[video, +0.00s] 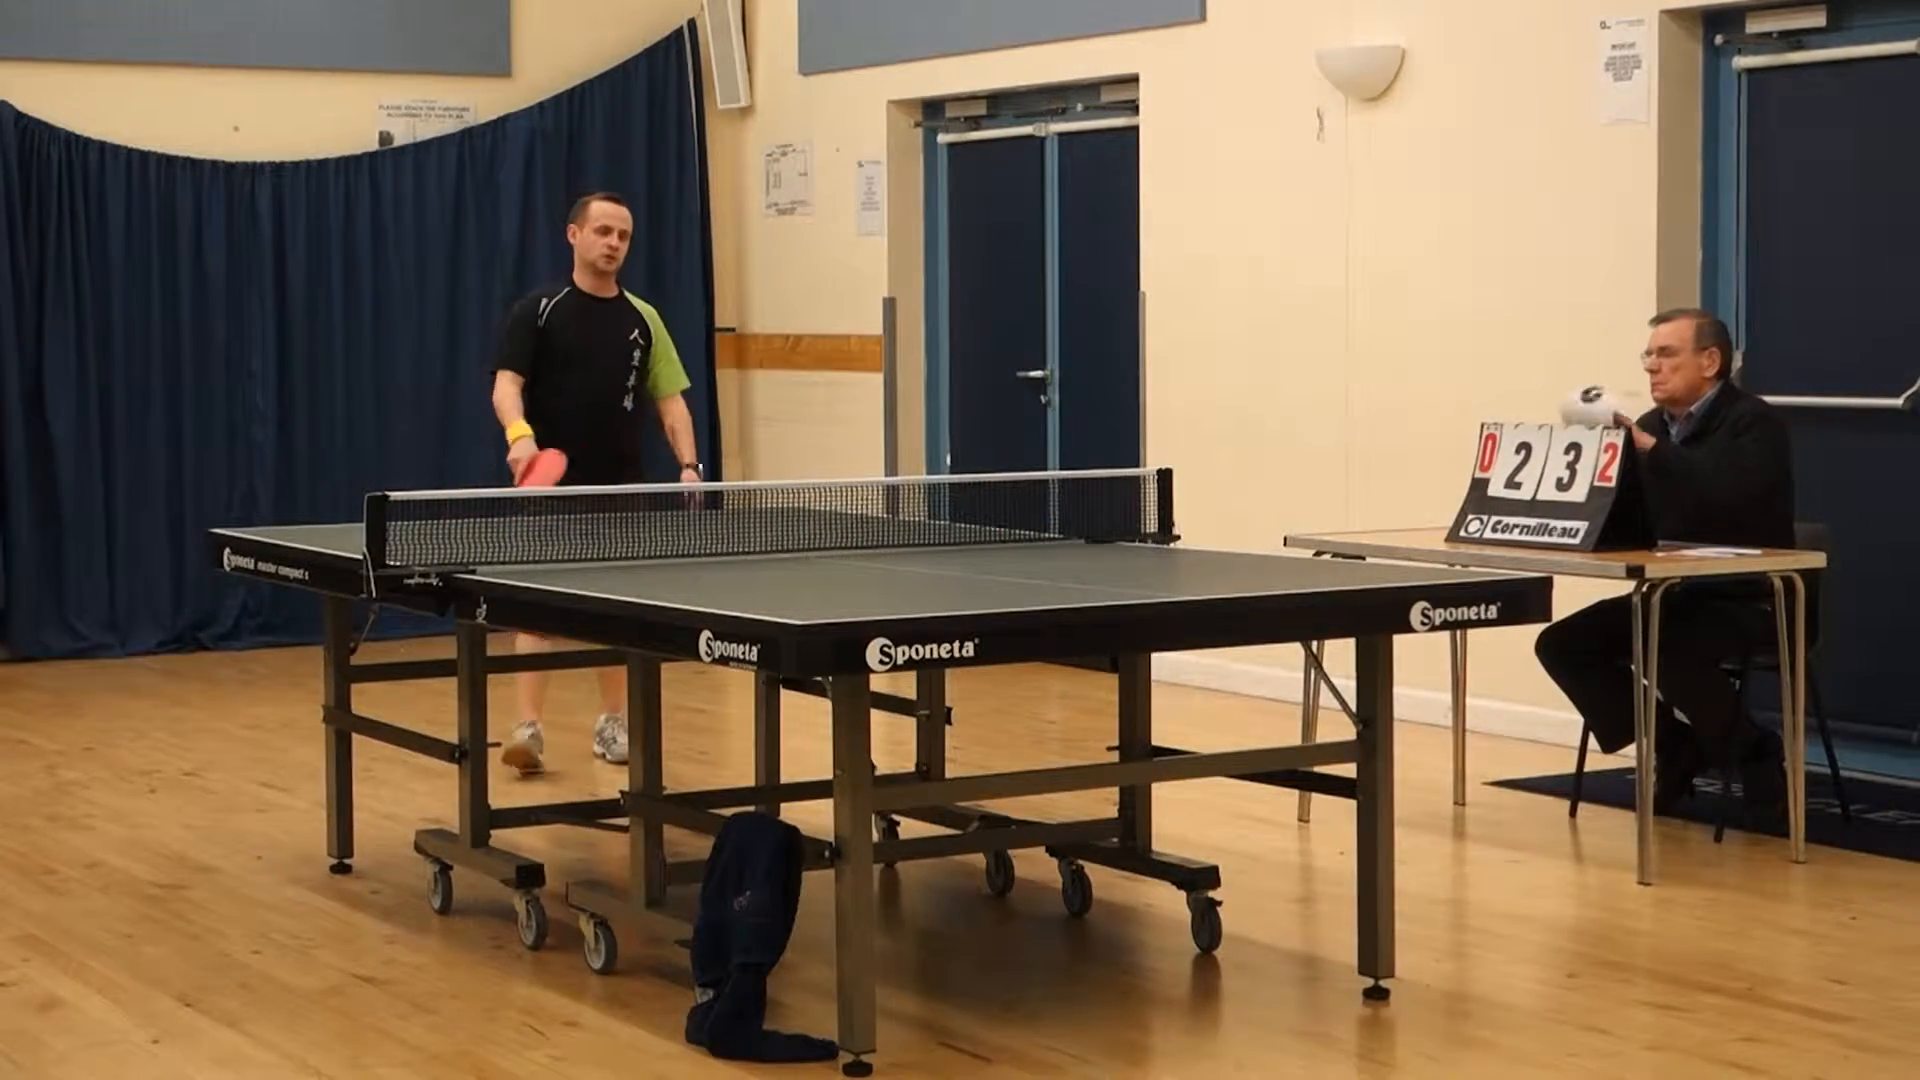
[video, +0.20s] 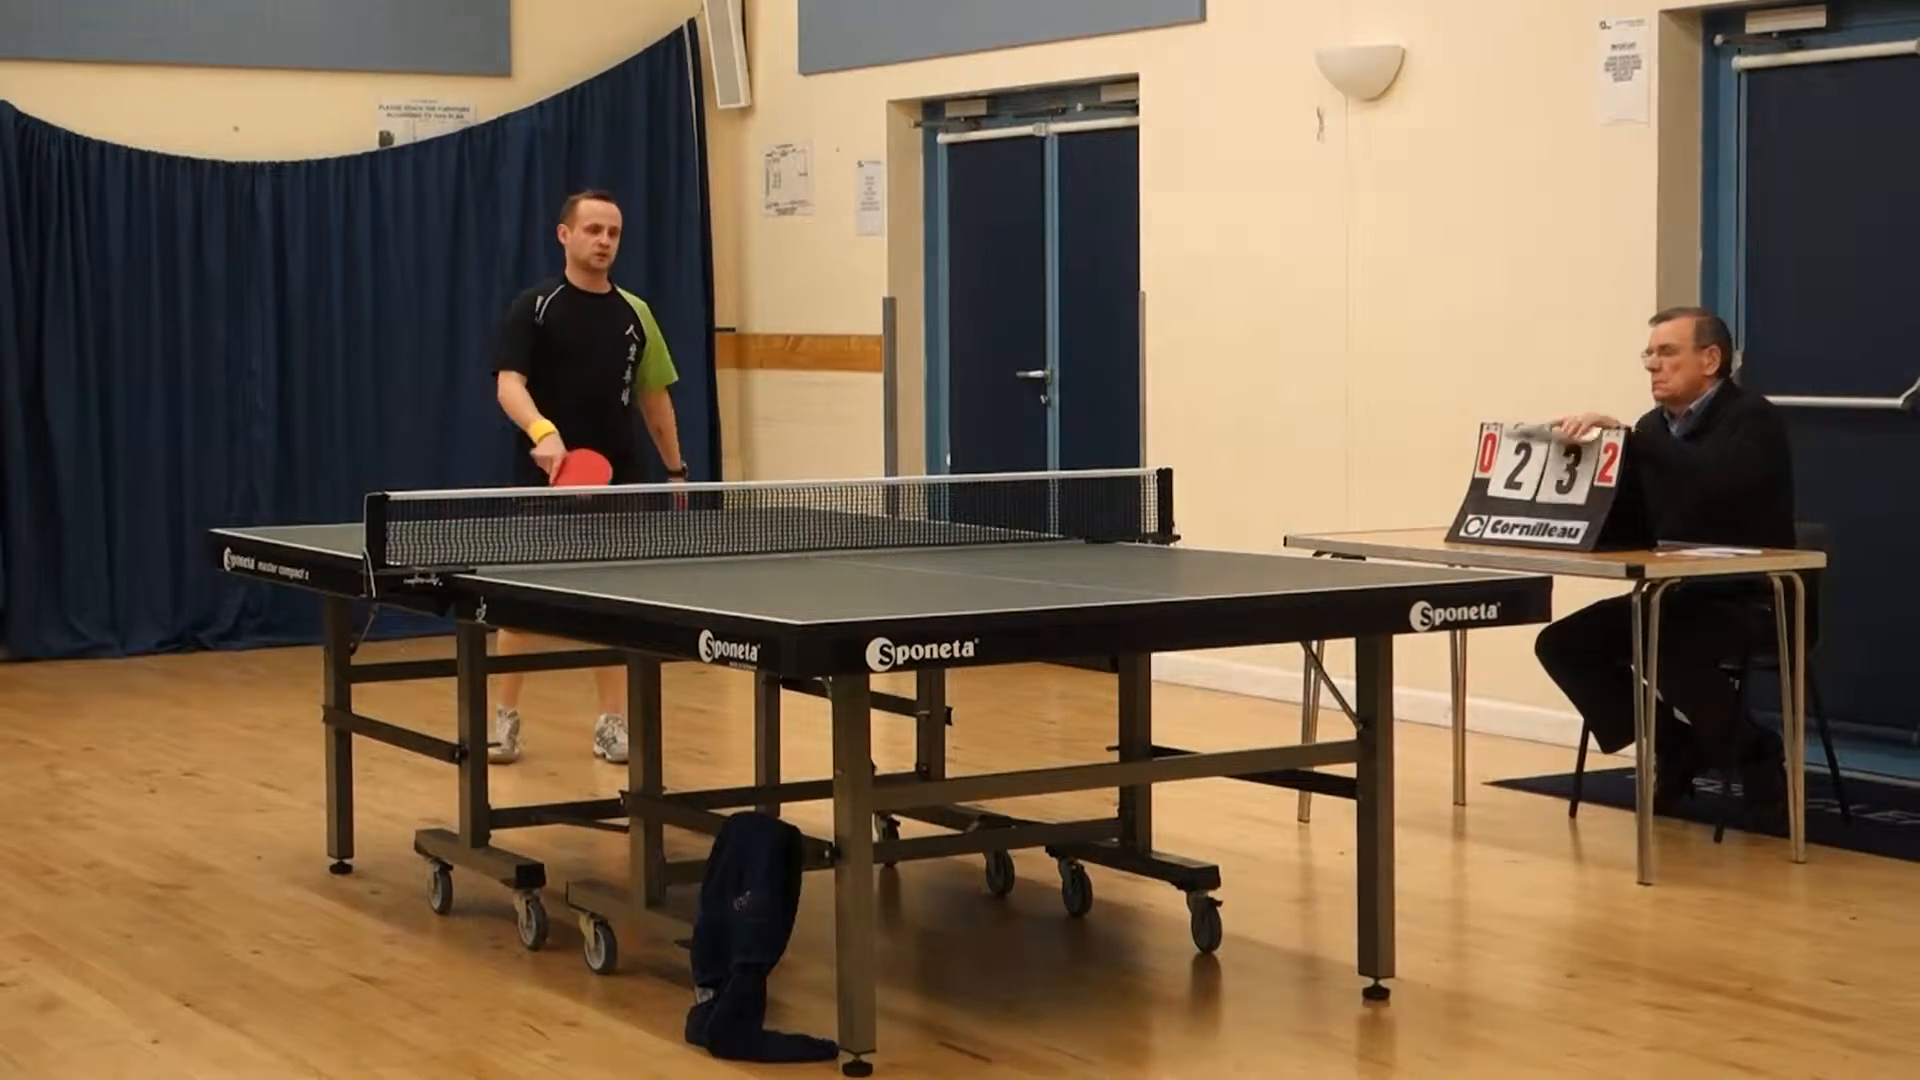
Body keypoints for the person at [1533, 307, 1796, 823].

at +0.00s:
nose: (1651, 366)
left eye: (1666, 354)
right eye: (1649, 355)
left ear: (1710, 362)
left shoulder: (1755, 424)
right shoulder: (1650, 427)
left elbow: (1722, 492)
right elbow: (1612, 517)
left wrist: (1644, 444)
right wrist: (1580, 444)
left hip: (1752, 594)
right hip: (1672, 591)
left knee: (1669, 647)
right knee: (1562, 644)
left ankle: (1751, 748)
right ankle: (1671, 741)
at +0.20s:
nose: (1651, 365)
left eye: (1666, 353)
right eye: (1650, 354)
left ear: (1711, 360)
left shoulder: (1753, 420)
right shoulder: (1652, 429)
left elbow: (1713, 479)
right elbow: (1622, 526)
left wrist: (1625, 435)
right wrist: (1565, 464)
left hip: (1757, 594)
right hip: (1677, 591)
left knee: (1667, 646)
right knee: (1562, 644)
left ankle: (1753, 749)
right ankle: (1673, 741)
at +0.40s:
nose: (1651, 365)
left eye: (1665, 353)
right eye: (1649, 354)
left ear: (1710, 359)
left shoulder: (1754, 419)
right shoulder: (1652, 428)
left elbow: (1707, 467)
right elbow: (1615, 524)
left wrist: (1627, 424)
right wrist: (1563, 450)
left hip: (1753, 595)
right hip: (1675, 592)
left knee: (1665, 646)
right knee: (1562, 643)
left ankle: (1752, 747)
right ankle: (1673, 742)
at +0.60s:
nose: (1648, 366)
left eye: (1663, 353)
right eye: (1646, 355)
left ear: (1707, 360)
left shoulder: (1752, 422)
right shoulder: (1651, 428)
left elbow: (1720, 491)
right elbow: (1619, 522)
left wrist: (1643, 449)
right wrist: (1593, 455)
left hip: (1753, 595)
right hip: (1675, 592)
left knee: (1666, 647)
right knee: (1562, 644)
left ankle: (1753, 749)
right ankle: (1672, 741)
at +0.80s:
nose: (1648, 368)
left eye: (1662, 356)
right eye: (1646, 357)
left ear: (1707, 361)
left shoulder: (1757, 426)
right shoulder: (1648, 430)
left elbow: (1766, 521)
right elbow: (1618, 518)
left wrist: (1679, 494)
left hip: (1748, 595)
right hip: (1669, 592)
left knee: (1667, 648)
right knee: (1562, 644)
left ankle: (1754, 750)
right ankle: (1672, 741)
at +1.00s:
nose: (1649, 370)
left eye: (1663, 358)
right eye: (1646, 359)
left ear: (1708, 361)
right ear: (1643, 365)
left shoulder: (1758, 427)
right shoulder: (1647, 431)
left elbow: (1765, 526)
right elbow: (1617, 511)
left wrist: (1677, 506)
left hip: (1749, 595)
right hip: (1669, 593)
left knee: (1666, 645)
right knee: (1562, 643)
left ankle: (1753, 750)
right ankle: (1672, 741)